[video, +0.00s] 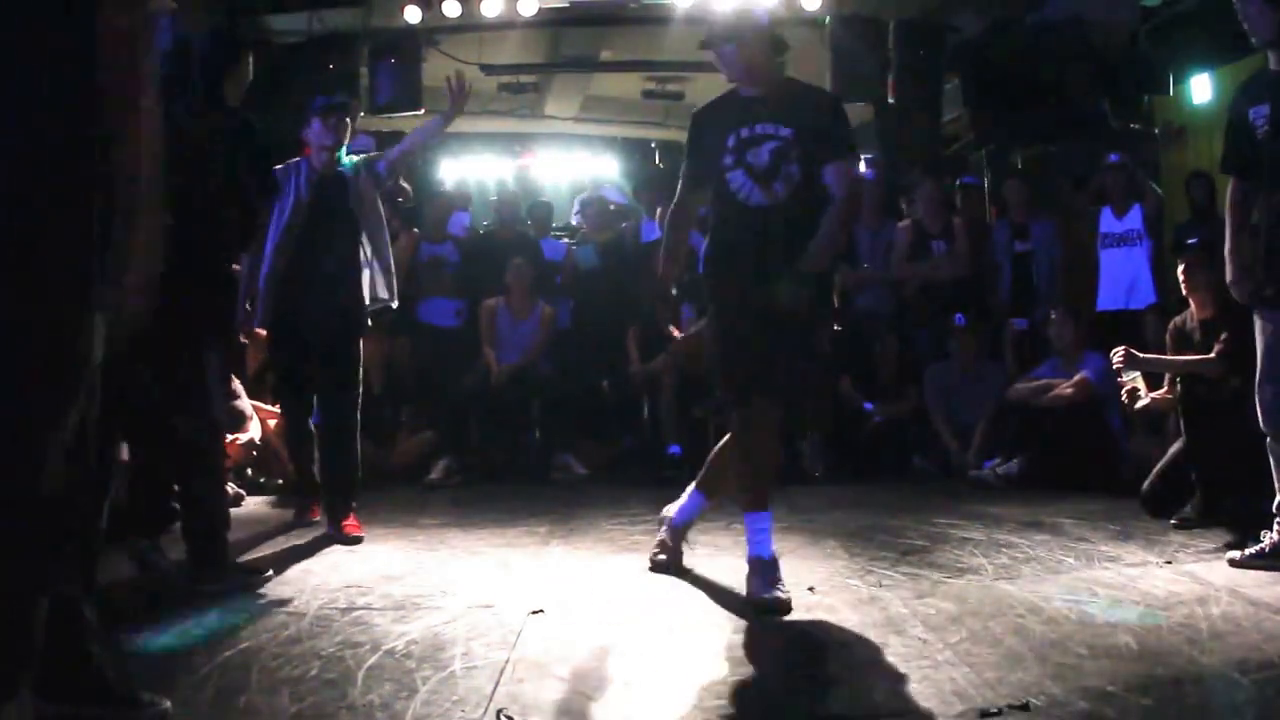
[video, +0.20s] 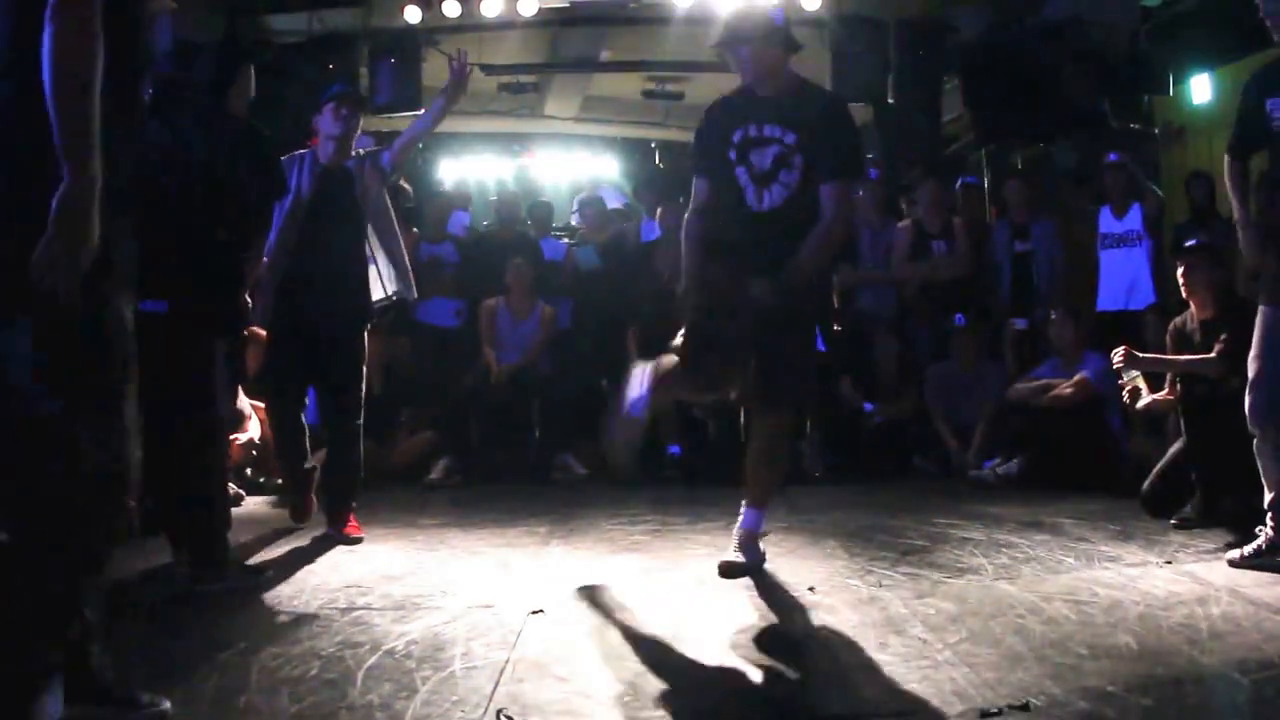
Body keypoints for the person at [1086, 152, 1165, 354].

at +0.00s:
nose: (1115, 180)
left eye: (1120, 174)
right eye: (1109, 174)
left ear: (1129, 178)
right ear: (1103, 179)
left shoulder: (1143, 211)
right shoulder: (1098, 214)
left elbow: (1156, 199)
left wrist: (1135, 175)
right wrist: (1100, 178)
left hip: (1141, 297)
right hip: (1108, 298)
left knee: (1150, 354)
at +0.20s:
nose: (1114, 182)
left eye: (1119, 175)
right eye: (1109, 176)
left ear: (1128, 179)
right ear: (1103, 181)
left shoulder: (1144, 211)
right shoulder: (1098, 214)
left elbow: (1156, 201)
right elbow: (1092, 255)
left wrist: (1133, 172)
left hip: (1140, 301)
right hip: (1108, 302)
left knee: (1148, 360)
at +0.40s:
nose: (1113, 182)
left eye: (1118, 175)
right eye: (1108, 175)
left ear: (1128, 179)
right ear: (1103, 180)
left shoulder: (1143, 211)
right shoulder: (1098, 213)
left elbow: (1156, 204)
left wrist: (1134, 174)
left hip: (1139, 301)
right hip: (1107, 301)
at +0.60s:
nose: (1112, 181)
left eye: (1117, 175)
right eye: (1108, 175)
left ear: (1128, 179)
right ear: (1103, 180)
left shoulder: (1142, 210)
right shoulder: (1099, 213)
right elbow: (1095, 253)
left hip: (1138, 299)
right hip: (1106, 299)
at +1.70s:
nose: (1111, 182)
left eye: (1116, 176)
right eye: (1106, 176)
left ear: (1126, 179)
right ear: (1101, 180)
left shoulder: (1144, 214)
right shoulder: (1094, 218)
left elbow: (1152, 260)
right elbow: (1091, 260)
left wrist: (1140, 300)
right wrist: (1095, 297)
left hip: (1137, 303)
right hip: (1106, 303)